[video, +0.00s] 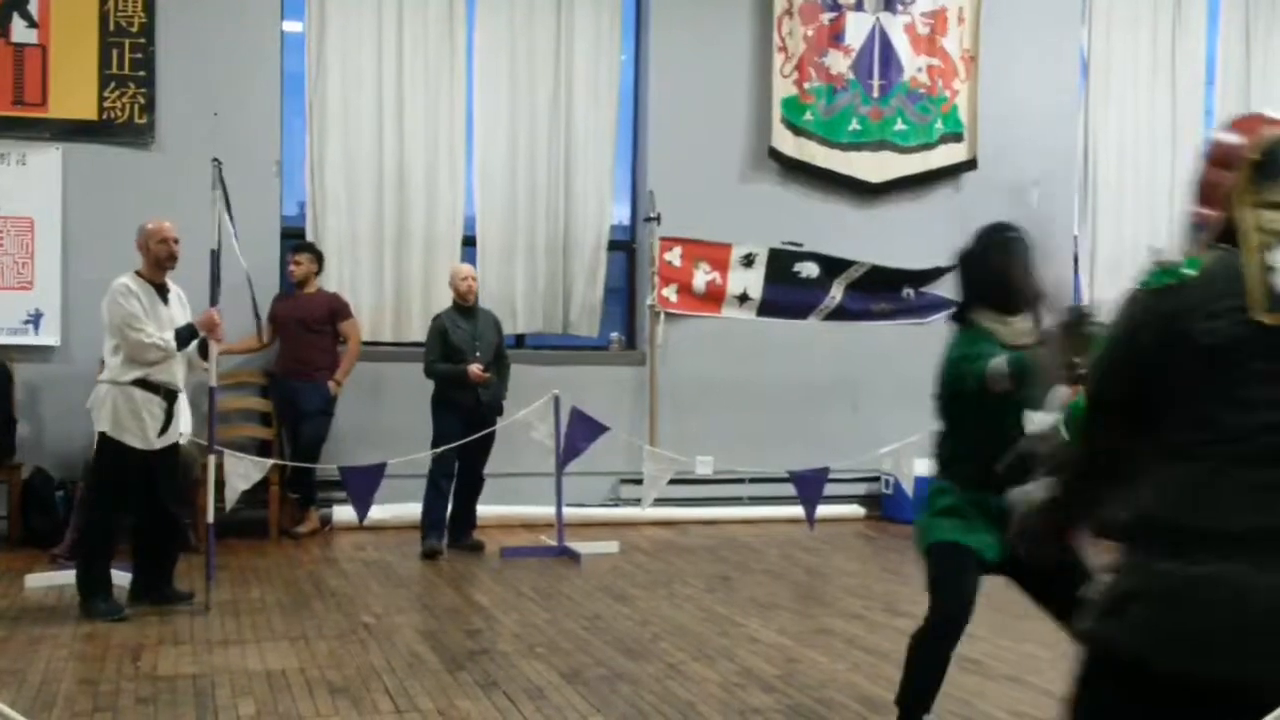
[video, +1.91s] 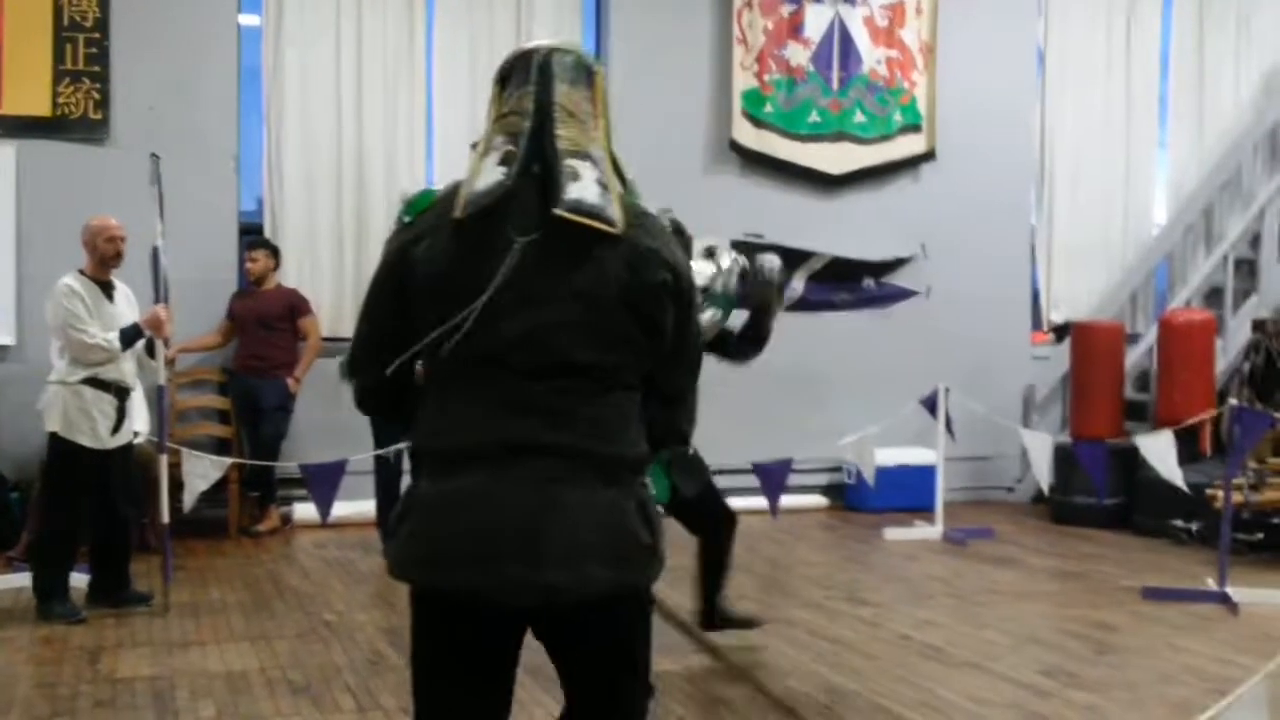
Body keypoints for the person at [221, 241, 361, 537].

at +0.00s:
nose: (292, 268)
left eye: (299, 263)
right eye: (291, 263)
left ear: (316, 267)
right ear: (289, 267)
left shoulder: (332, 302)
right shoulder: (281, 302)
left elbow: (354, 341)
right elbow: (263, 340)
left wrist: (338, 380)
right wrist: (224, 348)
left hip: (317, 385)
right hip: (285, 383)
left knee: (307, 449)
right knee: (293, 449)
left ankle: (308, 512)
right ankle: (305, 511)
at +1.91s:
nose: (249, 266)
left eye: (255, 260)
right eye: (247, 261)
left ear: (273, 263)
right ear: (246, 264)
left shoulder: (291, 298)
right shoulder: (240, 299)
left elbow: (314, 339)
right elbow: (221, 337)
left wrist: (297, 377)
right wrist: (181, 348)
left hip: (277, 382)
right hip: (243, 380)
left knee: (267, 445)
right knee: (251, 446)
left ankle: (269, 510)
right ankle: (266, 510)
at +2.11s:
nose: (238, 266)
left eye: (244, 261)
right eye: (236, 261)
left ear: (262, 263)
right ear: (235, 265)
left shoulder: (281, 299)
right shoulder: (229, 300)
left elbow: (303, 339)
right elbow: (210, 337)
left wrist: (286, 378)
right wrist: (169, 349)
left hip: (266, 382)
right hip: (232, 381)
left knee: (255, 446)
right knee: (241, 447)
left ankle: (258, 511)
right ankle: (255, 511)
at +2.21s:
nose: (216, 265)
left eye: (222, 260)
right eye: (214, 259)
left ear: (237, 263)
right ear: (211, 264)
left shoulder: (254, 299)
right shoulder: (208, 299)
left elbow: (277, 338)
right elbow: (186, 335)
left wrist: (260, 377)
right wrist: (145, 349)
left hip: (238, 381)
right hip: (206, 379)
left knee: (228, 445)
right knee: (211, 446)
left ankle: (231, 510)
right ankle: (218, 509)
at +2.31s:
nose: (191, 267)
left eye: (197, 262)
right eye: (189, 262)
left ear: (216, 265)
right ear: (188, 266)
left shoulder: (234, 300)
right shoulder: (184, 300)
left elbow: (257, 340)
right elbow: (163, 338)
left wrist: (240, 379)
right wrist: (122, 350)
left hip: (219, 383)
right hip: (185, 381)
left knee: (209, 447)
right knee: (191, 448)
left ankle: (211, 512)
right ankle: (199, 511)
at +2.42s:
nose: (176, 268)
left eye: (182, 262)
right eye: (174, 263)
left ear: (201, 266)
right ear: (172, 267)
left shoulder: (219, 300)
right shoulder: (168, 301)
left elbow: (242, 340)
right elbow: (148, 338)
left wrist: (225, 380)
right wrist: (107, 351)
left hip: (204, 384)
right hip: (170, 383)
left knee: (193, 449)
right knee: (175, 449)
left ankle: (196, 513)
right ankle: (186, 512)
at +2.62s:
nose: (143, 267)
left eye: (149, 262)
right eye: (141, 262)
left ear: (167, 265)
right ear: (139, 266)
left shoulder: (185, 301)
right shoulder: (135, 301)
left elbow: (209, 341)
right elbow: (114, 339)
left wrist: (192, 381)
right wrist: (72, 351)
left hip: (169, 384)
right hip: (135, 382)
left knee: (159, 448)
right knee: (140, 449)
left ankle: (162, 514)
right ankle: (147, 512)